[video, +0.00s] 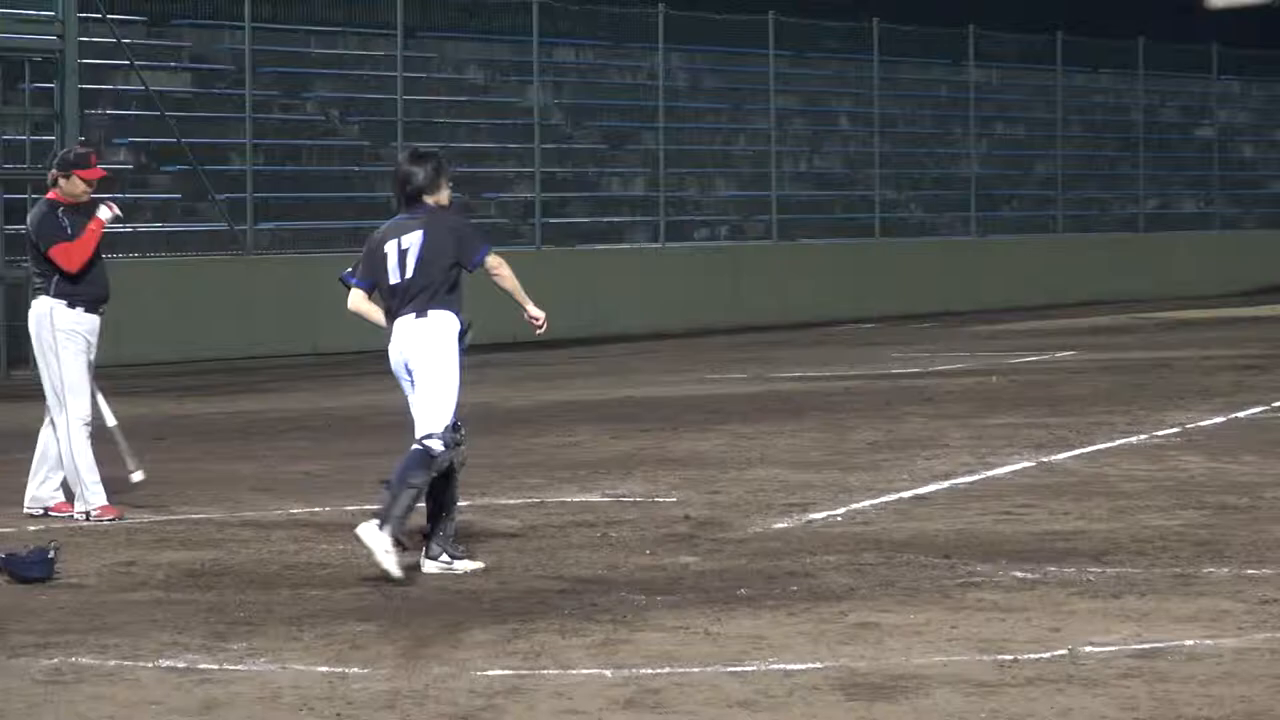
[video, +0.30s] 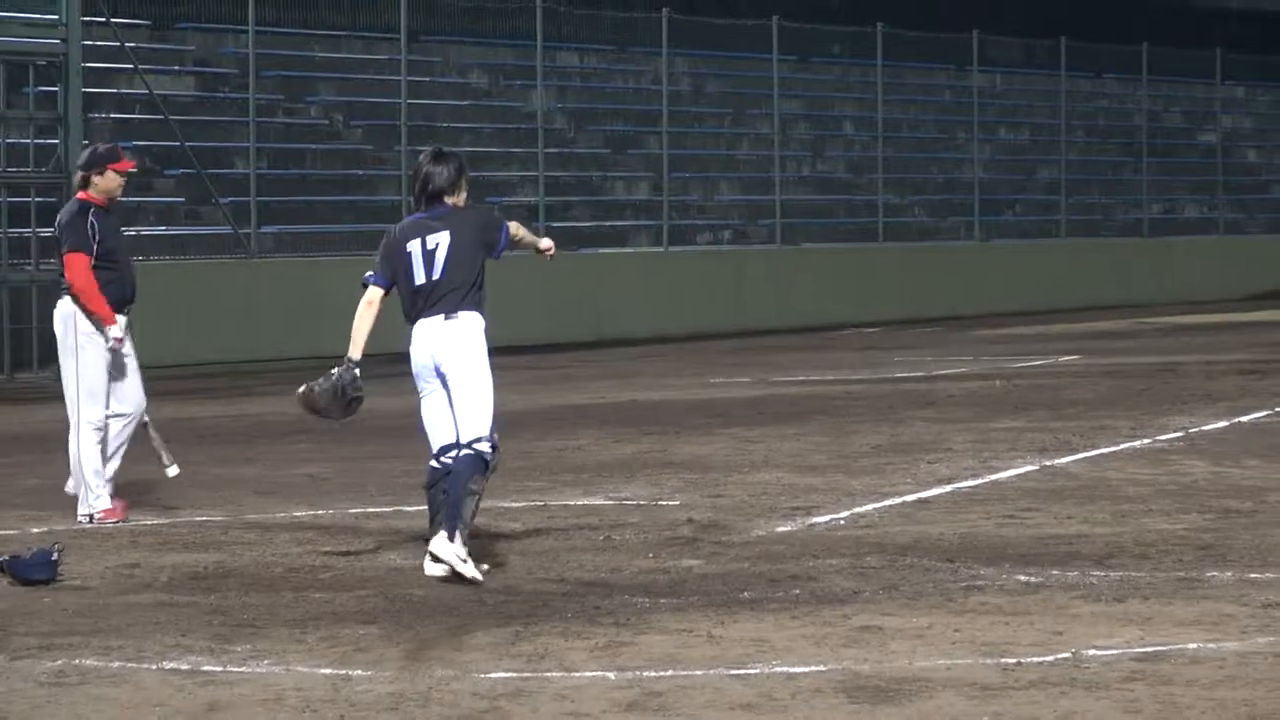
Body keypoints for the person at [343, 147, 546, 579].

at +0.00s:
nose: (451, 190)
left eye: (449, 182)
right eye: (447, 183)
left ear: (407, 191)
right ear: (434, 188)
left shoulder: (382, 236)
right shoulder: (449, 223)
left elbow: (356, 300)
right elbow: (495, 265)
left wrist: (397, 321)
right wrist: (528, 304)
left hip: (399, 339)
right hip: (435, 332)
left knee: (447, 440)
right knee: (436, 440)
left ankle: (439, 548)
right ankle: (384, 527)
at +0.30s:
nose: (467, 194)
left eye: (464, 187)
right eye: (464, 187)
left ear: (423, 191)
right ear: (455, 191)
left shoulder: (399, 235)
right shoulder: (474, 221)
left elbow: (371, 298)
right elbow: (515, 233)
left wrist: (351, 361)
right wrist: (538, 243)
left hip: (421, 342)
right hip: (462, 336)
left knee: (443, 450)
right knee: (477, 442)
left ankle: (440, 549)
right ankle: (451, 537)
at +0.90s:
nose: (471, 195)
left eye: (469, 190)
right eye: (468, 189)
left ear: (423, 188)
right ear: (459, 191)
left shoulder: (396, 229)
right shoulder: (470, 227)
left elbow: (374, 296)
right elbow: (525, 227)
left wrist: (368, 362)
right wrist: (566, 229)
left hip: (405, 349)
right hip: (448, 349)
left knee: (418, 454)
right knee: (460, 458)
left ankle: (390, 552)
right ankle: (446, 566)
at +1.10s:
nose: (442, 197)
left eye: (439, 190)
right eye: (439, 191)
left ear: (394, 195)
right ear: (429, 196)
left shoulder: (373, 237)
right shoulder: (440, 226)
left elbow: (349, 305)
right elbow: (503, 211)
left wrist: (340, 371)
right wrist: (559, 196)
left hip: (387, 352)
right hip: (426, 350)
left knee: (401, 459)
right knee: (452, 461)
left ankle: (335, 541)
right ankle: (449, 570)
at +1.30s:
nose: (408, 203)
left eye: (405, 195)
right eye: (402, 197)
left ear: (364, 205)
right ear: (383, 203)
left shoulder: (342, 249)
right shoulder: (394, 234)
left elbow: (319, 318)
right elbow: (446, 231)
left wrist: (318, 383)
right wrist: (512, 215)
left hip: (340, 358)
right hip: (378, 355)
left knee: (354, 469)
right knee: (421, 462)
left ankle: (308, 565)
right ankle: (445, 569)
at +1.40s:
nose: (393, 205)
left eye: (391, 197)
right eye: (388, 198)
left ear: (350, 203)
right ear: (370, 201)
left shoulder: (326, 247)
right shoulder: (366, 231)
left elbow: (302, 319)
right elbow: (393, 247)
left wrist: (303, 383)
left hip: (321, 355)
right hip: (354, 352)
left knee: (345, 464)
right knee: (398, 458)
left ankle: (305, 566)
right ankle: (411, 567)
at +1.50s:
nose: (381, 203)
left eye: (380, 194)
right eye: (377, 195)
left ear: (339, 198)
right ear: (360, 196)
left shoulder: (320, 239)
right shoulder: (355, 225)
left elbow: (294, 314)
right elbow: (345, 254)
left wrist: (293, 376)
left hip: (313, 350)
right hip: (341, 346)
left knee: (336, 459)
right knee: (382, 456)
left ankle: (308, 564)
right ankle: (362, 561)